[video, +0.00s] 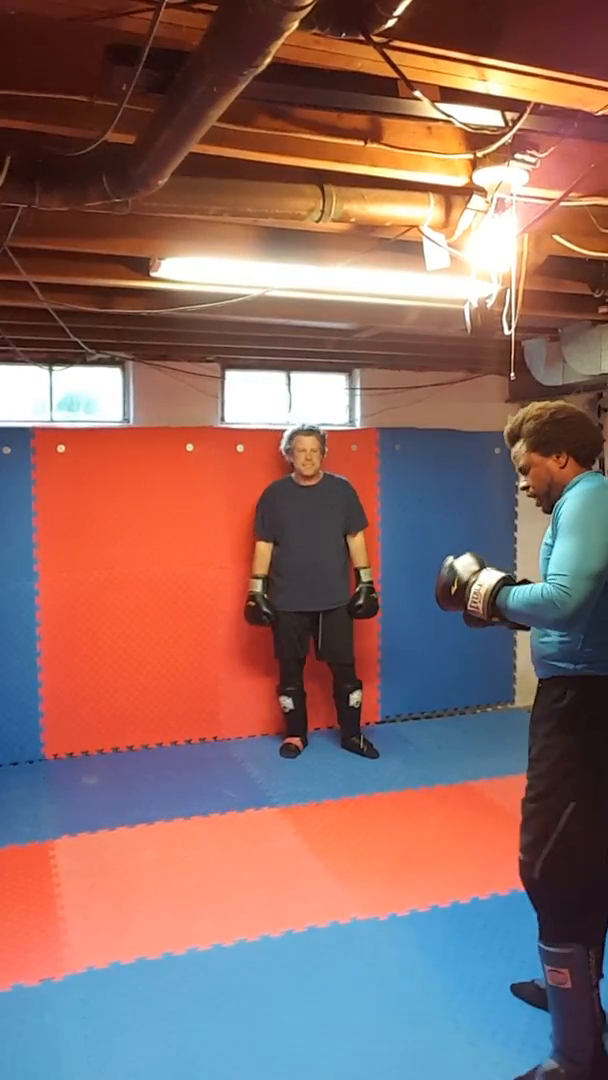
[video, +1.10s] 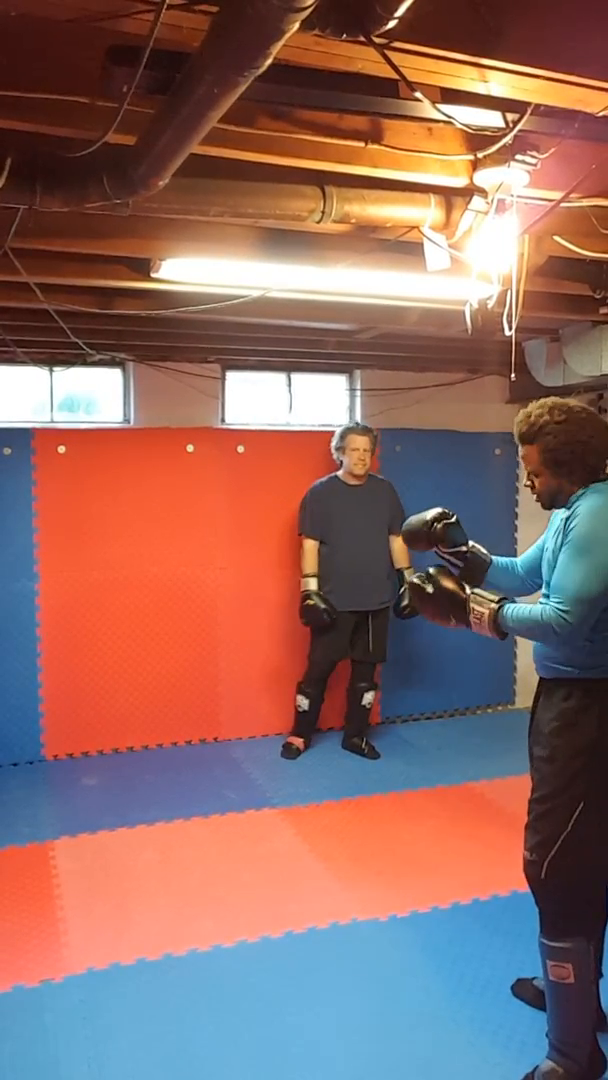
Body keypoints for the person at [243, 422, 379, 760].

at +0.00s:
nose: (307, 458)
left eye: (313, 452)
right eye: (300, 452)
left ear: (322, 454)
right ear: (291, 456)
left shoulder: (341, 490)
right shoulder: (274, 494)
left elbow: (356, 537)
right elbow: (264, 544)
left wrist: (366, 583)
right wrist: (257, 590)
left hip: (336, 598)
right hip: (289, 599)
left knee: (344, 667)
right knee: (290, 669)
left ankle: (352, 734)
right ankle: (295, 735)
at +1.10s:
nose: (361, 457)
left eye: (366, 451)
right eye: (354, 451)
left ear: (373, 454)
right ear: (339, 453)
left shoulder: (384, 490)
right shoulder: (320, 493)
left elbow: (396, 538)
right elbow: (310, 544)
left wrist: (407, 581)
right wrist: (310, 592)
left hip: (376, 601)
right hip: (334, 601)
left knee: (366, 671)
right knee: (318, 670)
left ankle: (356, 735)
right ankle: (301, 733)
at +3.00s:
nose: (356, 457)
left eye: (362, 451)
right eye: (350, 452)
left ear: (371, 454)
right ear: (338, 455)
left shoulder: (387, 491)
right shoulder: (320, 494)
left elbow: (400, 539)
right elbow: (307, 543)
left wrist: (409, 583)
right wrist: (296, 588)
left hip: (375, 600)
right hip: (330, 599)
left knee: (365, 670)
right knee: (316, 669)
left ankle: (355, 736)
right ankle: (299, 741)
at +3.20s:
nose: (348, 460)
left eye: (354, 454)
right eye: (341, 454)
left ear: (363, 457)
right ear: (330, 457)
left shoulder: (381, 495)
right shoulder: (311, 495)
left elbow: (392, 541)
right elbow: (299, 546)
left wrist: (407, 584)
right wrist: (289, 592)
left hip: (369, 602)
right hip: (323, 601)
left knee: (363, 671)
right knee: (306, 671)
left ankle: (356, 736)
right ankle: (285, 743)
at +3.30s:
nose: (342, 459)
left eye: (348, 453)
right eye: (336, 453)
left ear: (357, 456)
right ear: (324, 455)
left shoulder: (374, 493)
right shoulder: (305, 495)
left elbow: (387, 540)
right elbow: (293, 545)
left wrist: (403, 584)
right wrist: (284, 592)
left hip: (363, 603)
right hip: (317, 602)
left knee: (359, 672)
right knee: (302, 673)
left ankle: (355, 736)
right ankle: (284, 745)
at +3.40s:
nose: (330, 457)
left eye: (337, 451)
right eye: (324, 451)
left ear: (347, 454)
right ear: (314, 454)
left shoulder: (364, 491)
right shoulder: (295, 494)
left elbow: (379, 540)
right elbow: (283, 545)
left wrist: (392, 586)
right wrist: (274, 593)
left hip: (353, 602)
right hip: (306, 601)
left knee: (353, 672)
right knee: (296, 675)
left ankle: (354, 736)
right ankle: (283, 747)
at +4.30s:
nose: (274, 462)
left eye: (281, 455)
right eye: (268, 456)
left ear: (294, 458)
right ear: (259, 461)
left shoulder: (318, 494)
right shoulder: (248, 500)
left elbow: (333, 544)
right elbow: (239, 552)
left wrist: (339, 595)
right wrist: (230, 601)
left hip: (304, 606)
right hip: (259, 607)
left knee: (285, 677)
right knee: (267, 681)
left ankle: (271, 763)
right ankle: (277, 750)